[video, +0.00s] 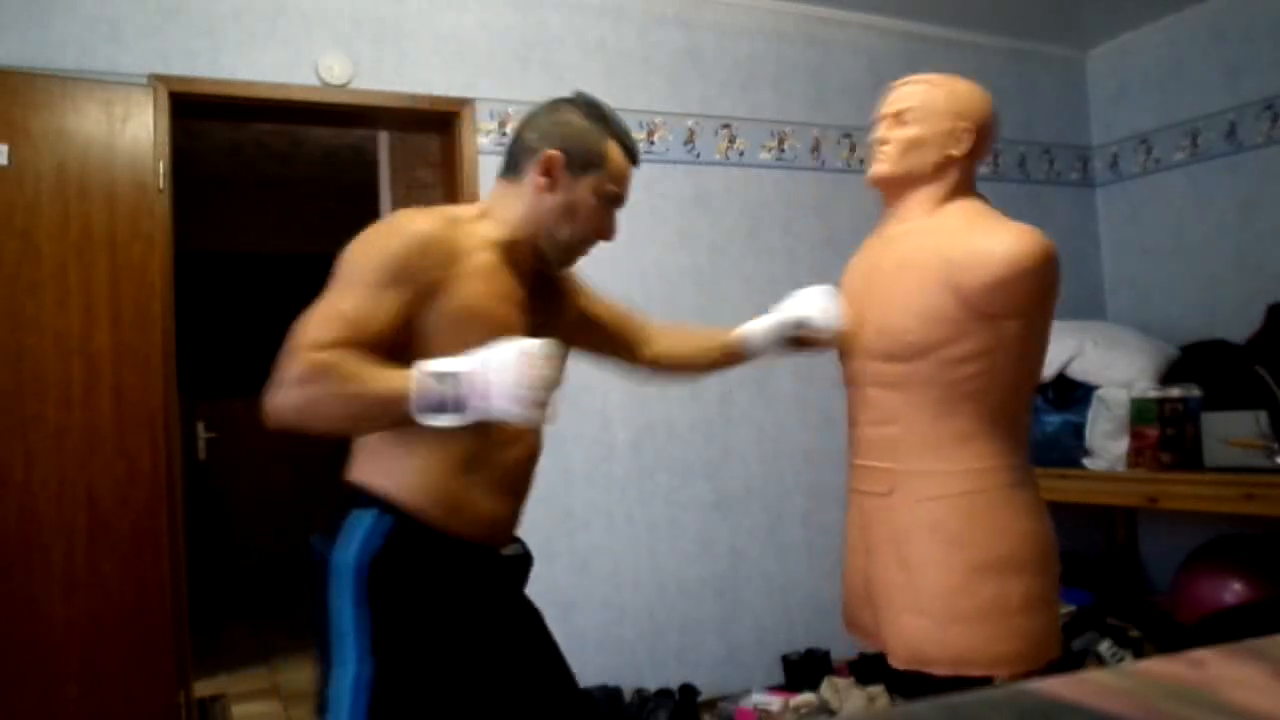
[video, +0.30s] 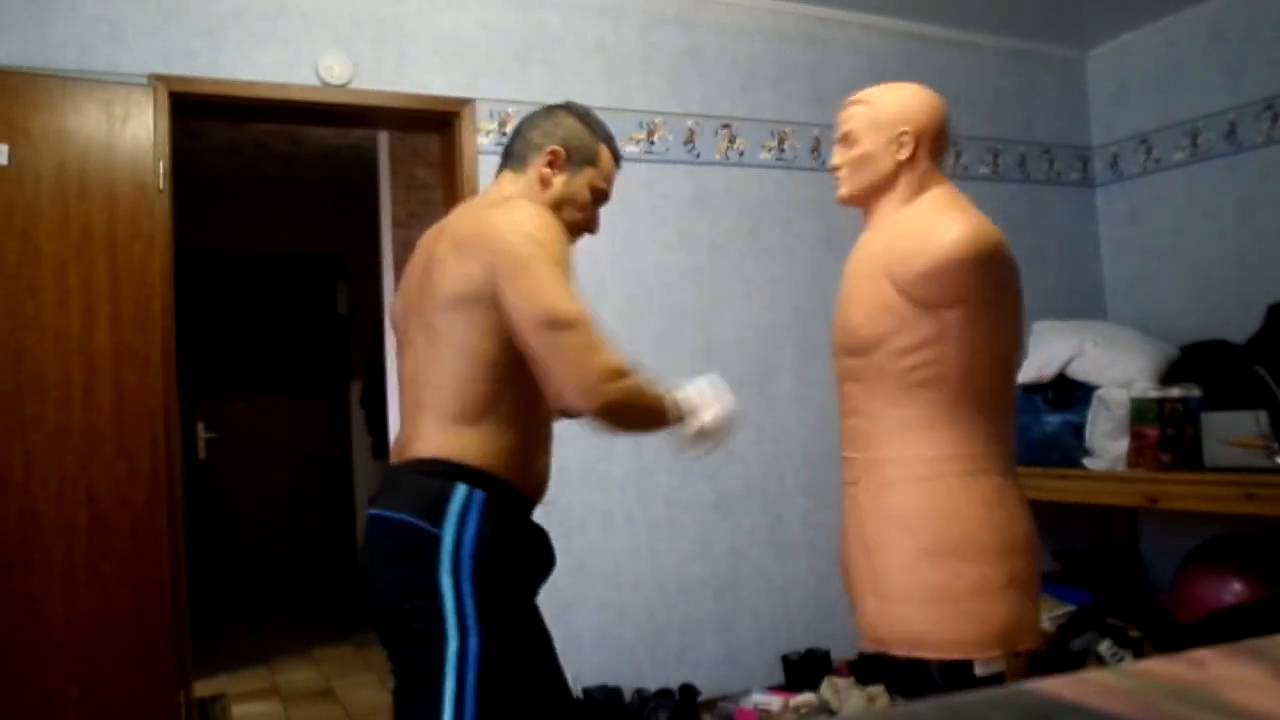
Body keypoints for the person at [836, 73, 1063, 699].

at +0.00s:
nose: (878, 133)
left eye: (900, 120)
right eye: (879, 122)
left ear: (959, 141)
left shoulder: (1007, 254)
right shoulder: (869, 256)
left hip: (966, 538)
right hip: (882, 531)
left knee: (985, 717)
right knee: (908, 711)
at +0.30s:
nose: (834, 157)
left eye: (848, 140)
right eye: (836, 141)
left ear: (903, 147)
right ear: (901, 149)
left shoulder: (943, 242)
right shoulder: (888, 236)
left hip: (939, 526)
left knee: (949, 701)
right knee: (909, 693)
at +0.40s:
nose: (786, 163)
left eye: (801, 145)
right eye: (787, 147)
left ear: (858, 152)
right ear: (852, 154)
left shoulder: (916, 250)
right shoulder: (843, 247)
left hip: (923, 533)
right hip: (867, 528)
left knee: (948, 695)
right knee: (897, 690)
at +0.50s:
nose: (804, 157)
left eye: (823, 141)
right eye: (806, 142)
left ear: (882, 151)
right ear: (876, 153)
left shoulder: (943, 258)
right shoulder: (837, 260)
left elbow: (963, 430)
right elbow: (844, 442)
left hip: (934, 545)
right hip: (862, 543)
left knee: (961, 703)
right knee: (894, 699)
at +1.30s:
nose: (821, 156)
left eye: (840, 140)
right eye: (821, 143)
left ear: (899, 149)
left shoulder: (964, 258)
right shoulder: (844, 264)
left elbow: (978, 421)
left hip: (945, 541)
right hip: (866, 540)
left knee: (974, 719)